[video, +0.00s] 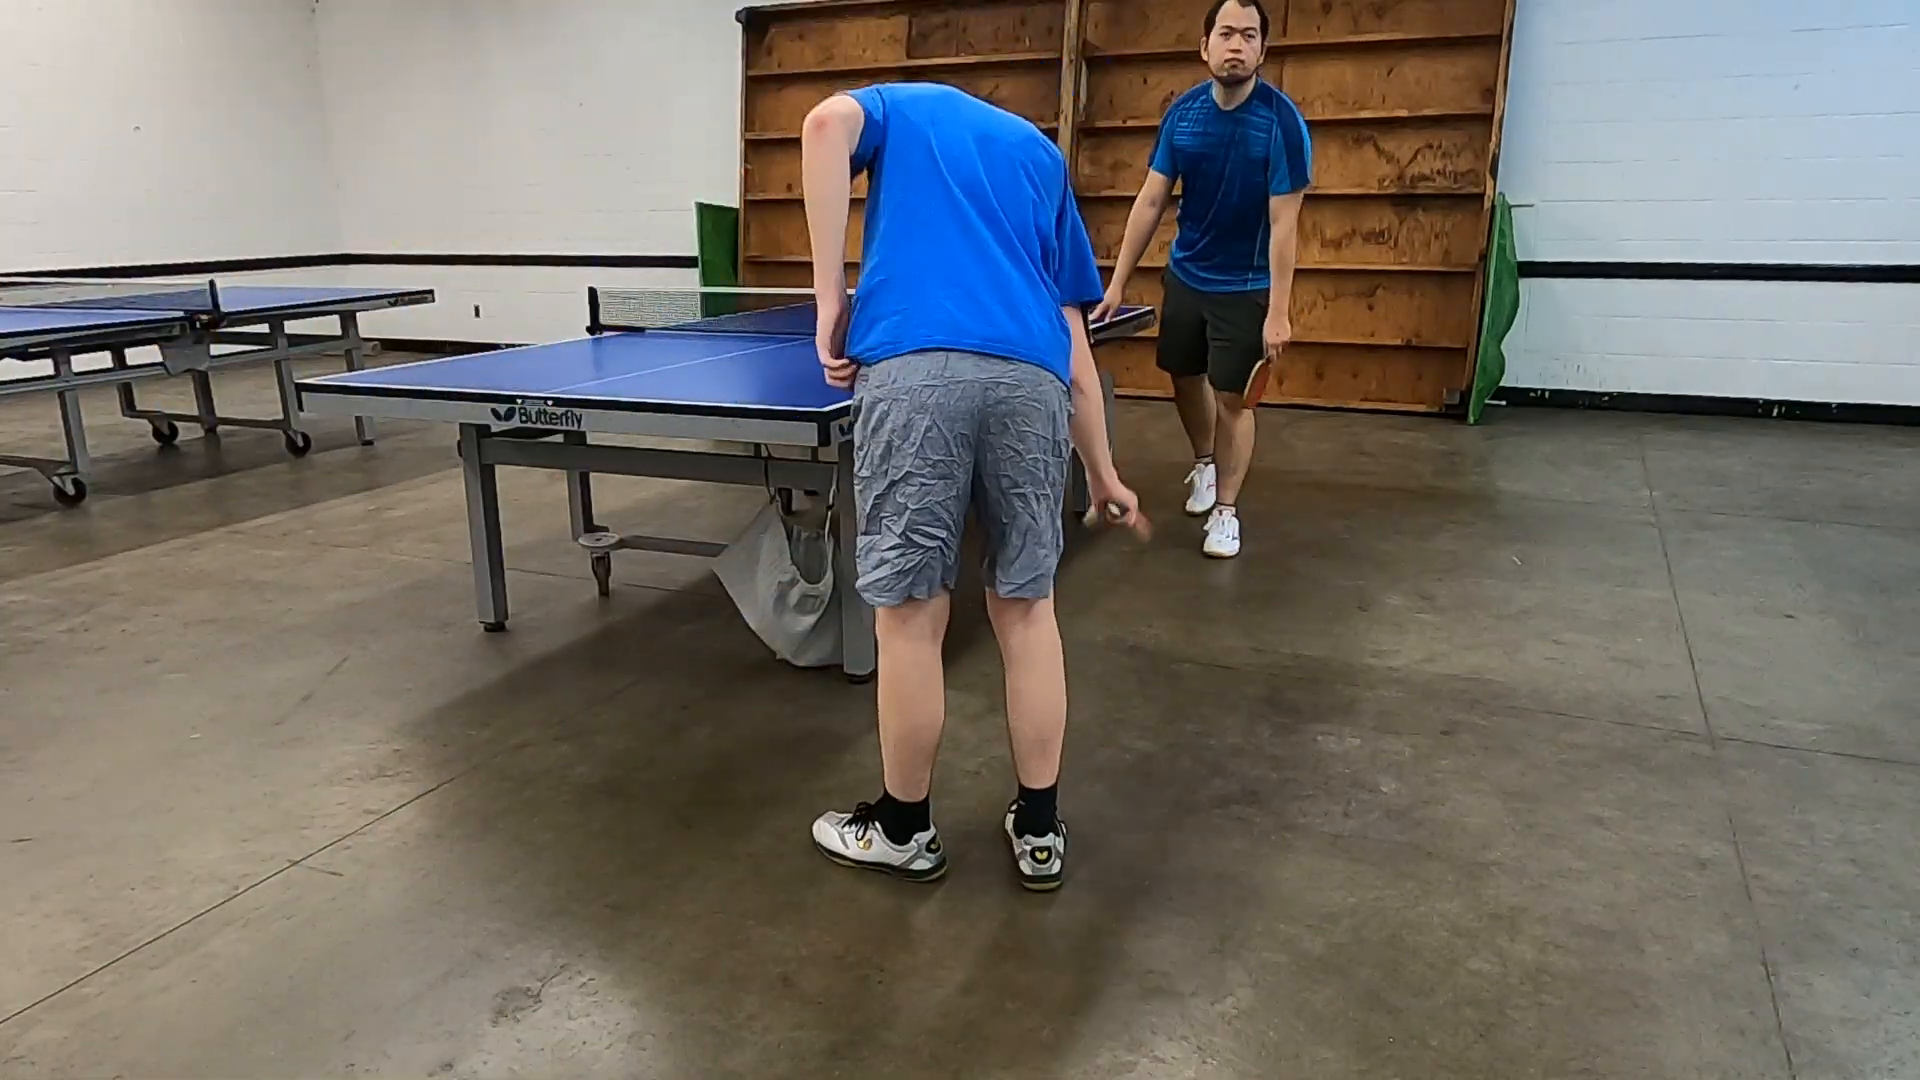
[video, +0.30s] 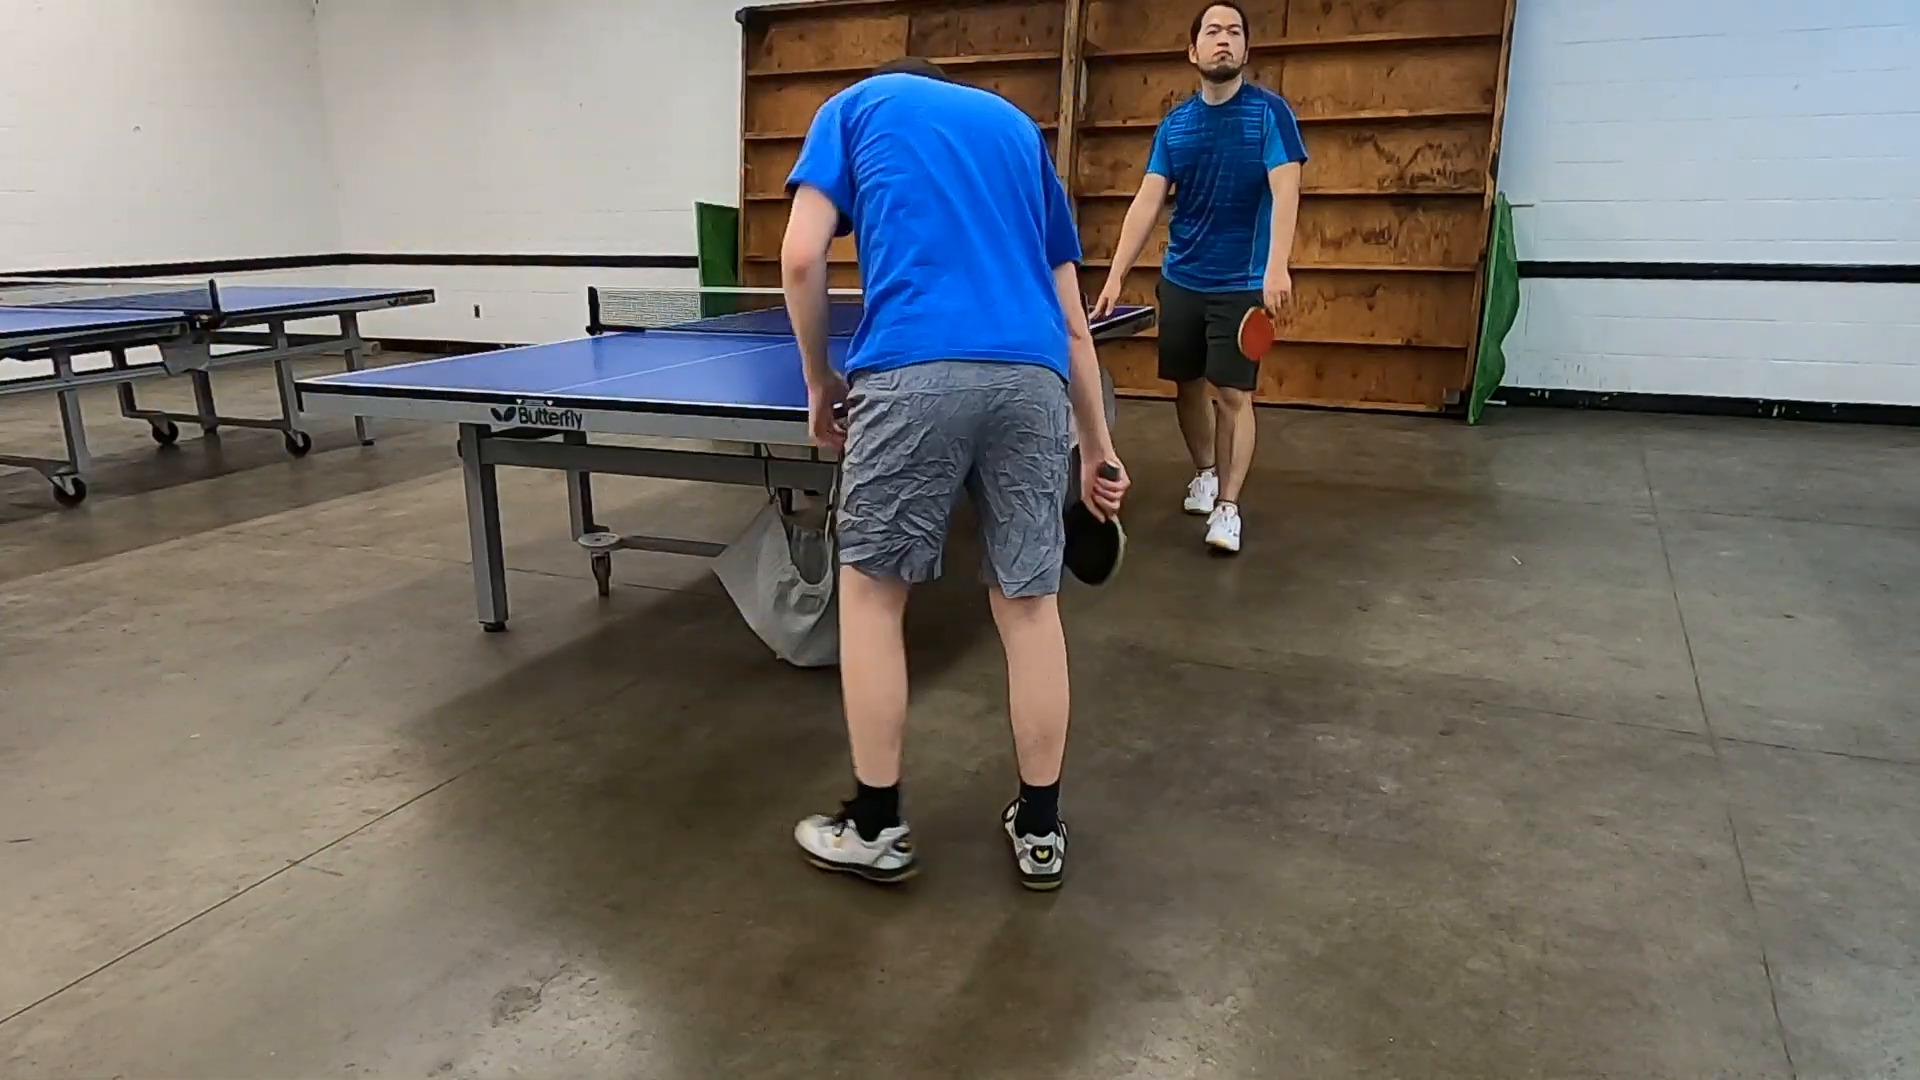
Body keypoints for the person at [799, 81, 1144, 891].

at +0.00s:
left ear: (922, 99)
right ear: (1005, 121)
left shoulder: (902, 104)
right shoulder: (1046, 160)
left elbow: (826, 125)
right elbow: (1073, 335)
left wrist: (831, 293)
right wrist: (1102, 467)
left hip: (916, 369)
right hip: (1032, 382)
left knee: (910, 614)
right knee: (1027, 607)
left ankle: (905, 825)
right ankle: (1040, 830)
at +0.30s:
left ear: (878, 84)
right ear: (947, 83)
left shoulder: (853, 106)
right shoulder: (1019, 129)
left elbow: (802, 255)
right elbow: (1070, 308)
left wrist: (818, 379)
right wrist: (1096, 440)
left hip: (912, 378)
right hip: (1034, 379)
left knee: (873, 592)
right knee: (1029, 604)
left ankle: (876, 825)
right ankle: (1041, 832)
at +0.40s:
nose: (818, 109)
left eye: (819, 96)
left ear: (832, 89)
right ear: (905, 76)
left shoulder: (817, 126)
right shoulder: (985, 117)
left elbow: (797, 318)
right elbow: (1054, 293)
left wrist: (809, 421)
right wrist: (1076, 418)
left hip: (902, 380)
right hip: (1023, 375)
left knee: (845, 597)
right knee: (1029, 608)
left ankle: (820, 816)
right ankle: (1041, 829)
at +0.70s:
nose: (642, 85)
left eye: (637, 73)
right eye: (639, 73)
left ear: (649, 56)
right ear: (724, 37)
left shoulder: (652, 114)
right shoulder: (827, 90)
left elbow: (676, 295)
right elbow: (927, 240)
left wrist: (683, 406)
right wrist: (938, 353)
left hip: (764, 386)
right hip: (880, 372)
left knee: (740, 596)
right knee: (920, 578)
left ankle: (763, 816)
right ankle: (1009, 789)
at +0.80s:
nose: (591, 52)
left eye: (586, 38)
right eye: (589, 39)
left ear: (599, 24)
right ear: (675, 14)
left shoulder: (610, 86)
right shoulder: (781, 78)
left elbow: (619, 271)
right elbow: (871, 239)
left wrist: (576, 375)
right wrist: (854, 348)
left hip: (720, 376)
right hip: (826, 366)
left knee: (724, 598)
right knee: (843, 566)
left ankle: (762, 816)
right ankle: (938, 749)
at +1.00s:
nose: (512, 29)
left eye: (508, 20)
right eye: (509, 21)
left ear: (528, 6)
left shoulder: (538, 60)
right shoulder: (697, 74)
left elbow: (528, 260)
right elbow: (750, 258)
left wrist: (496, 323)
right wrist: (698, 321)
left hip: (641, 372)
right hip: (734, 359)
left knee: (692, 599)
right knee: (682, 571)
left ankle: (763, 814)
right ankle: (700, 747)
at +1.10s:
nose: (477, 29)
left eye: (474, 19)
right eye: (474, 20)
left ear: (493, 7)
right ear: (566, 2)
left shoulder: (502, 69)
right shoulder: (657, 81)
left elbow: (493, 263)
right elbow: (704, 260)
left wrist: (459, 322)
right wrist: (619, 300)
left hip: (596, 379)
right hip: (683, 364)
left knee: (667, 594)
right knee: (619, 574)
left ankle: (759, 808)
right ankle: (576, 744)